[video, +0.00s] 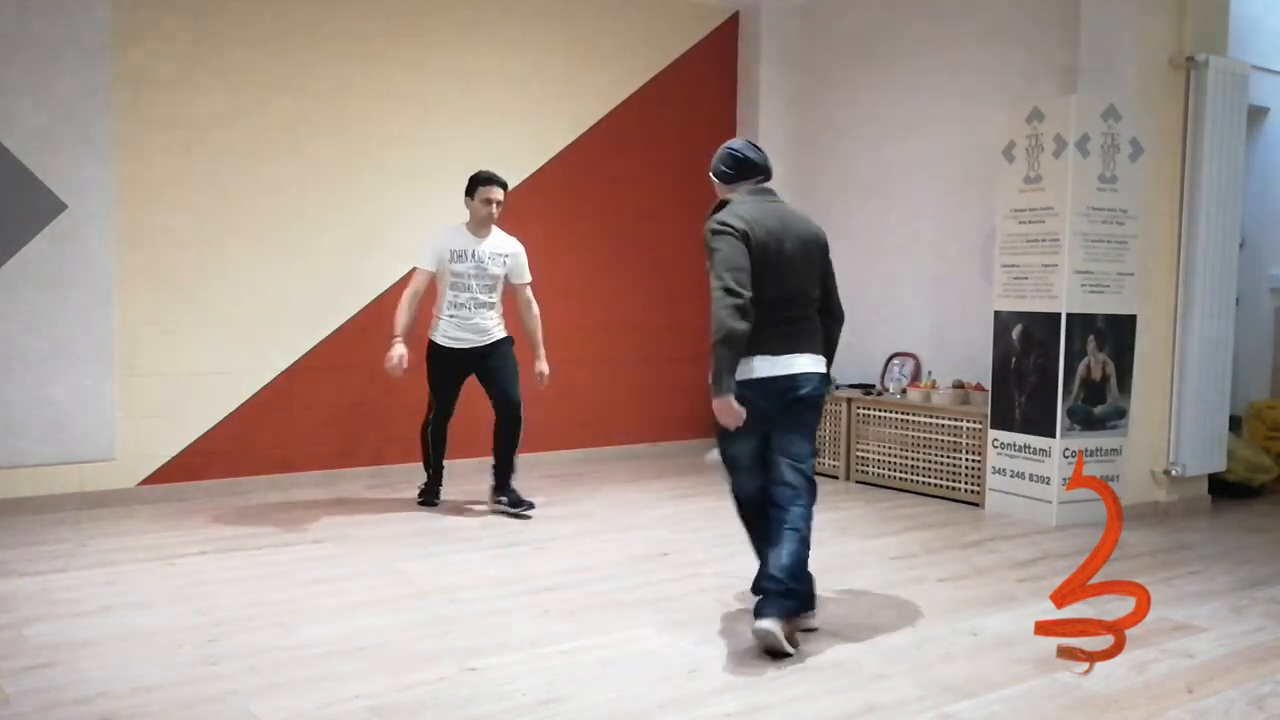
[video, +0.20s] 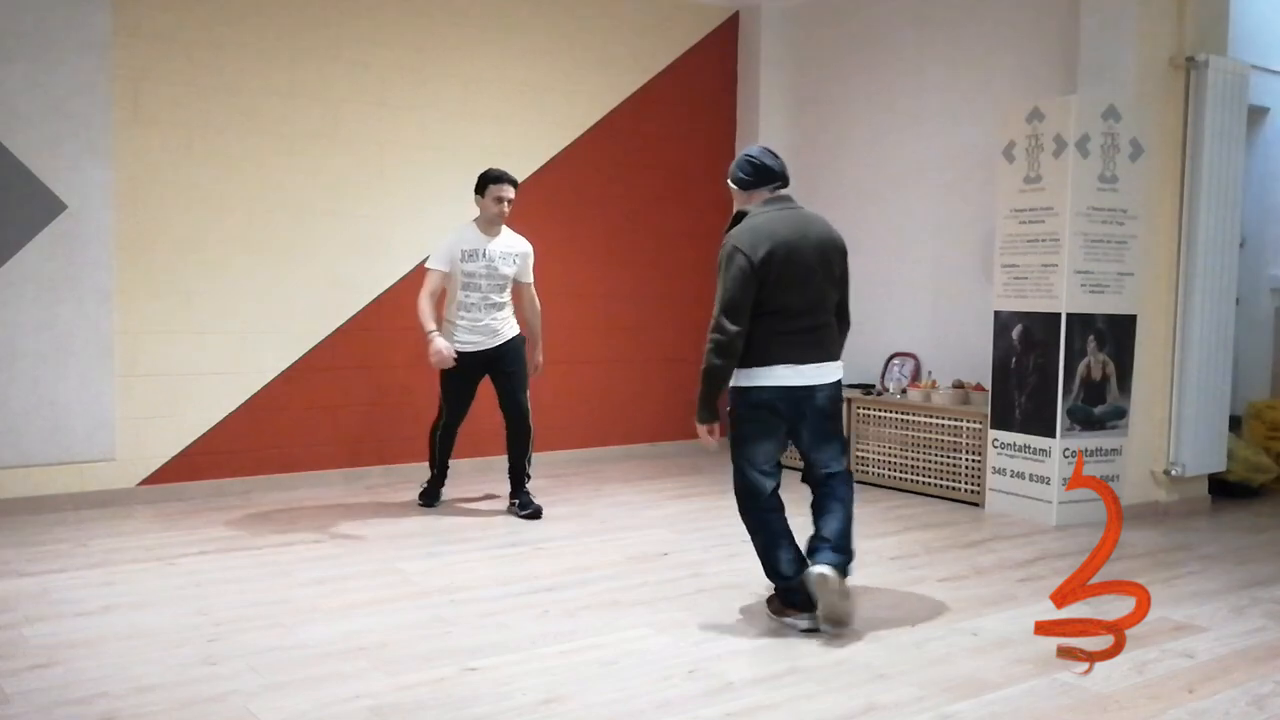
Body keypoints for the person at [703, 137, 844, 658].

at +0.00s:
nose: (713, 190)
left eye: (713, 182)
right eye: (714, 182)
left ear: (723, 182)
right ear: (764, 177)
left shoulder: (727, 223)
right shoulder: (806, 227)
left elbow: (733, 305)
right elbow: (832, 311)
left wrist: (722, 384)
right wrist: (819, 368)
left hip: (750, 378)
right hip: (806, 375)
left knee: (753, 492)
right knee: (794, 491)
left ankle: (797, 597)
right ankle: (771, 610)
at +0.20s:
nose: (731, 197)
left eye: (733, 190)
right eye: (731, 190)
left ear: (745, 191)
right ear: (781, 185)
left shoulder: (745, 238)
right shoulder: (825, 232)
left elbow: (728, 329)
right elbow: (840, 317)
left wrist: (707, 402)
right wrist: (821, 364)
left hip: (760, 386)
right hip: (820, 383)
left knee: (757, 490)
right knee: (832, 476)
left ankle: (795, 596)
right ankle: (829, 563)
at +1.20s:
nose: (733, 211)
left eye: (737, 204)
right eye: (735, 203)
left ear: (753, 208)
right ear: (781, 207)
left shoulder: (747, 243)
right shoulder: (815, 248)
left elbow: (718, 301)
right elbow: (840, 316)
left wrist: (671, 353)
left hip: (764, 384)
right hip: (810, 380)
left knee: (740, 476)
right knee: (804, 465)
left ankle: (791, 560)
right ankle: (834, 561)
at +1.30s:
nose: (705, 208)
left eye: (710, 201)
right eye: (707, 200)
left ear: (729, 204)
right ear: (750, 203)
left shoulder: (734, 231)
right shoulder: (782, 238)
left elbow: (731, 267)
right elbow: (802, 287)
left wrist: (707, 303)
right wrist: (800, 254)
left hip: (750, 377)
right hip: (791, 374)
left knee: (699, 462)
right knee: (790, 461)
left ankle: (735, 563)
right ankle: (831, 556)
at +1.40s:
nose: (677, 206)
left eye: (682, 198)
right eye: (678, 198)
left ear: (702, 201)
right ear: (718, 199)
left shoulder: (716, 225)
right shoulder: (737, 228)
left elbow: (732, 254)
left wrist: (708, 276)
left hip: (731, 377)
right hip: (763, 375)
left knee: (665, 450)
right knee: (783, 466)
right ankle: (829, 559)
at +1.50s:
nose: (652, 210)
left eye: (657, 202)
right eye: (653, 201)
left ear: (677, 206)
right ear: (685, 205)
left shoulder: (704, 235)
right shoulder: (687, 242)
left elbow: (719, 268)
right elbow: (643, 258)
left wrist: (670, 277)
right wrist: (600, 231)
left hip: (697, 382)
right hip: (724, 379)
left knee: (635, 455)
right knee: (746, 463)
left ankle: (641, 557)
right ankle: (810, 543)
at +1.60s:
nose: (627, 209)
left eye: (633, 201)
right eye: (628, 201)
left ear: (655, 205)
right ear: (657, 206)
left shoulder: (690, 242)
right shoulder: (649, 250)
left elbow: (690, 296)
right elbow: (605, 297)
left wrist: (625, 292)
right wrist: (538, 305)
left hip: (674, 381)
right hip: (668, 379)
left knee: (617, 458)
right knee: (673, 455)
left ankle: (641, 558)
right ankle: (747, 523)